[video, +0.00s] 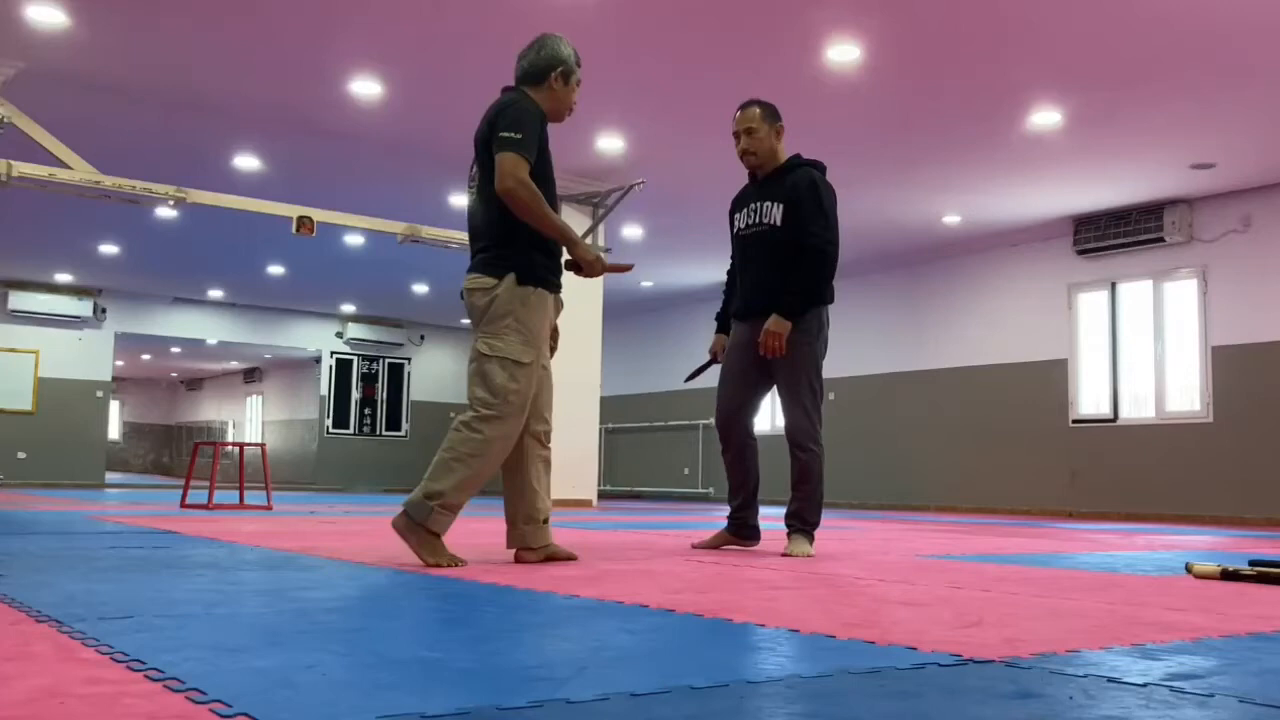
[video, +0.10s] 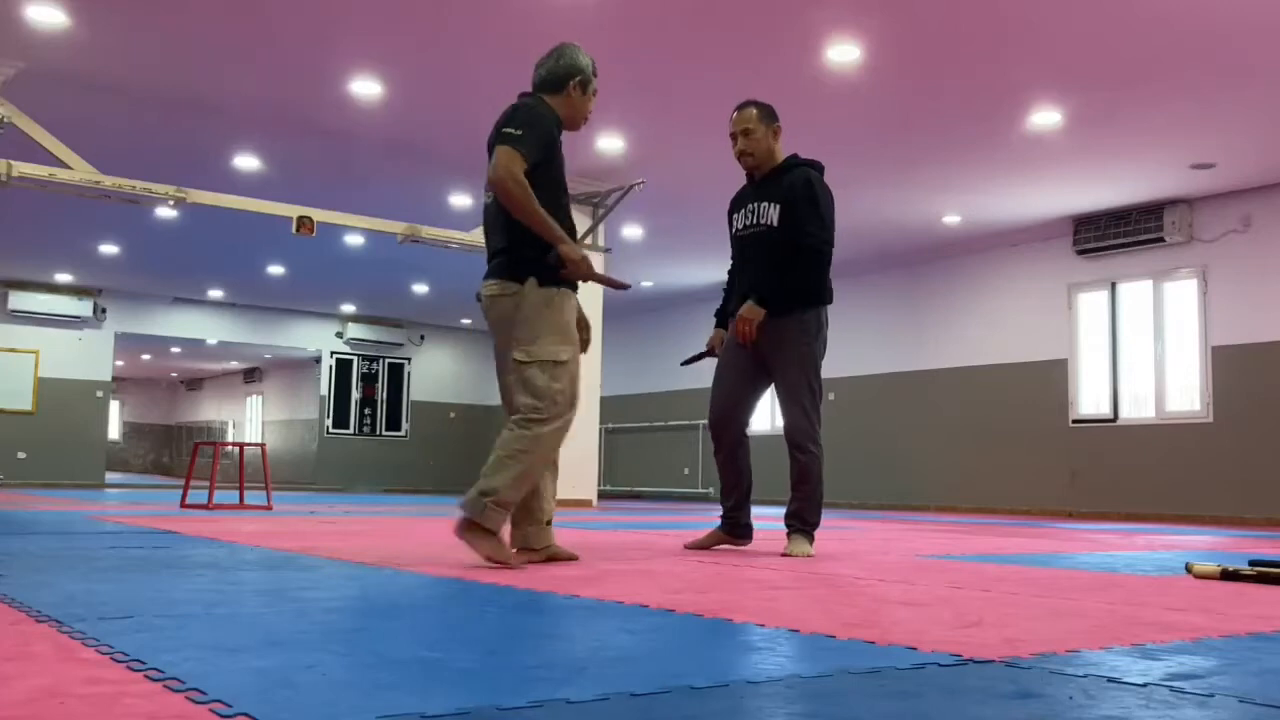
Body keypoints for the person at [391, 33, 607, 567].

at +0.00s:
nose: (577, 99)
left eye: (578, 88)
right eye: (576, 87)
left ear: (539, 77)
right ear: (556, 79)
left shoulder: (521, 119)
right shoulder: (518, 109)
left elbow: (516, 226)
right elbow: (511, 183)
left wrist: (544, 303)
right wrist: (575, 243)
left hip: (527, 291)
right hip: (510, 289)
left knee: (532, 421)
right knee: (497, 413)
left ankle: (531, 538)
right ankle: (423, 519)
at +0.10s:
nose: (593, 105)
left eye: (594, 94)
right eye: (592, 93)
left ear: (558, 86)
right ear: (574, 86)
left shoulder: (539, 132)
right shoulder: (531, 115)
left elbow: (543, 233)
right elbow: (504, 174)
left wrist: (571, 303)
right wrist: (563, 243)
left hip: (531, 294)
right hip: (529, 293)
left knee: (537, 413)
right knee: (547, 409)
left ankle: (534, 536)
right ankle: (482, 517)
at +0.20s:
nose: (605, 115)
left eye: (607, 104)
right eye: (606, 103)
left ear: (567, 90)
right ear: (590, 94)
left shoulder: (548, 133)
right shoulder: (548, 113)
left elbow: (549, 231)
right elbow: (507, 159)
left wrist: (599, 276)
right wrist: (563, 215)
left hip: (525, 295)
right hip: (550, 296)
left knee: (534, 419)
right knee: (575, 415)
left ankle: (534, 539)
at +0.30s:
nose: (608, 119)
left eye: (609, 110)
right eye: (610, 108)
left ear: (564, 89)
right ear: (598, 97)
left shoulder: (540, 130)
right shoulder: (562, 114)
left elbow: (549, 225)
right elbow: (529, 152)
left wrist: (603, 237)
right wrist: (596, 200)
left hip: (524, 298)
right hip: (559, 298)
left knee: (542, 422)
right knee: (599, 411)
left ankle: (537, 538)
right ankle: (635, 531)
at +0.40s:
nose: (612, 116)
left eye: (611, 109)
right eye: (613, 108)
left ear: (561, 95)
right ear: (603, 101)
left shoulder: (526, 141)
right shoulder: (578, 120)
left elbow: (552, 213)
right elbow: (583, 154)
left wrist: (605, 200)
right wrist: (658, 200)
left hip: (525, 297)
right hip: (576, 293)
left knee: (547, 428)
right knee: (626, 413)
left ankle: (538, 537)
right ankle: (643, 529)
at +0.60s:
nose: (622, 106)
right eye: (620, 98)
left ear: (564, 96)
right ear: (615, 97)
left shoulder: (524, 144)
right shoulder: (628, 130)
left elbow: (507, 230)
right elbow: (693, 194)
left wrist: (557, 210)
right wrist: (727, 244)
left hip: (548, 291)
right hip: (610, 287)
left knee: (554, 422)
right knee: (638, 413)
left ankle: (539, 539)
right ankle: (640, 529)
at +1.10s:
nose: (644, 93)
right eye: (641, 88)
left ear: (586, 100)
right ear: (633, 89)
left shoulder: (559, 142)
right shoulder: (648, 107)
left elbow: (569, 211)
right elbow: (694, 171)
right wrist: (707, 244)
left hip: (563, 284)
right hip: (631, 282)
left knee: (557, 418)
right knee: (655, 420)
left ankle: (530, 540)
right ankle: (641, 550)